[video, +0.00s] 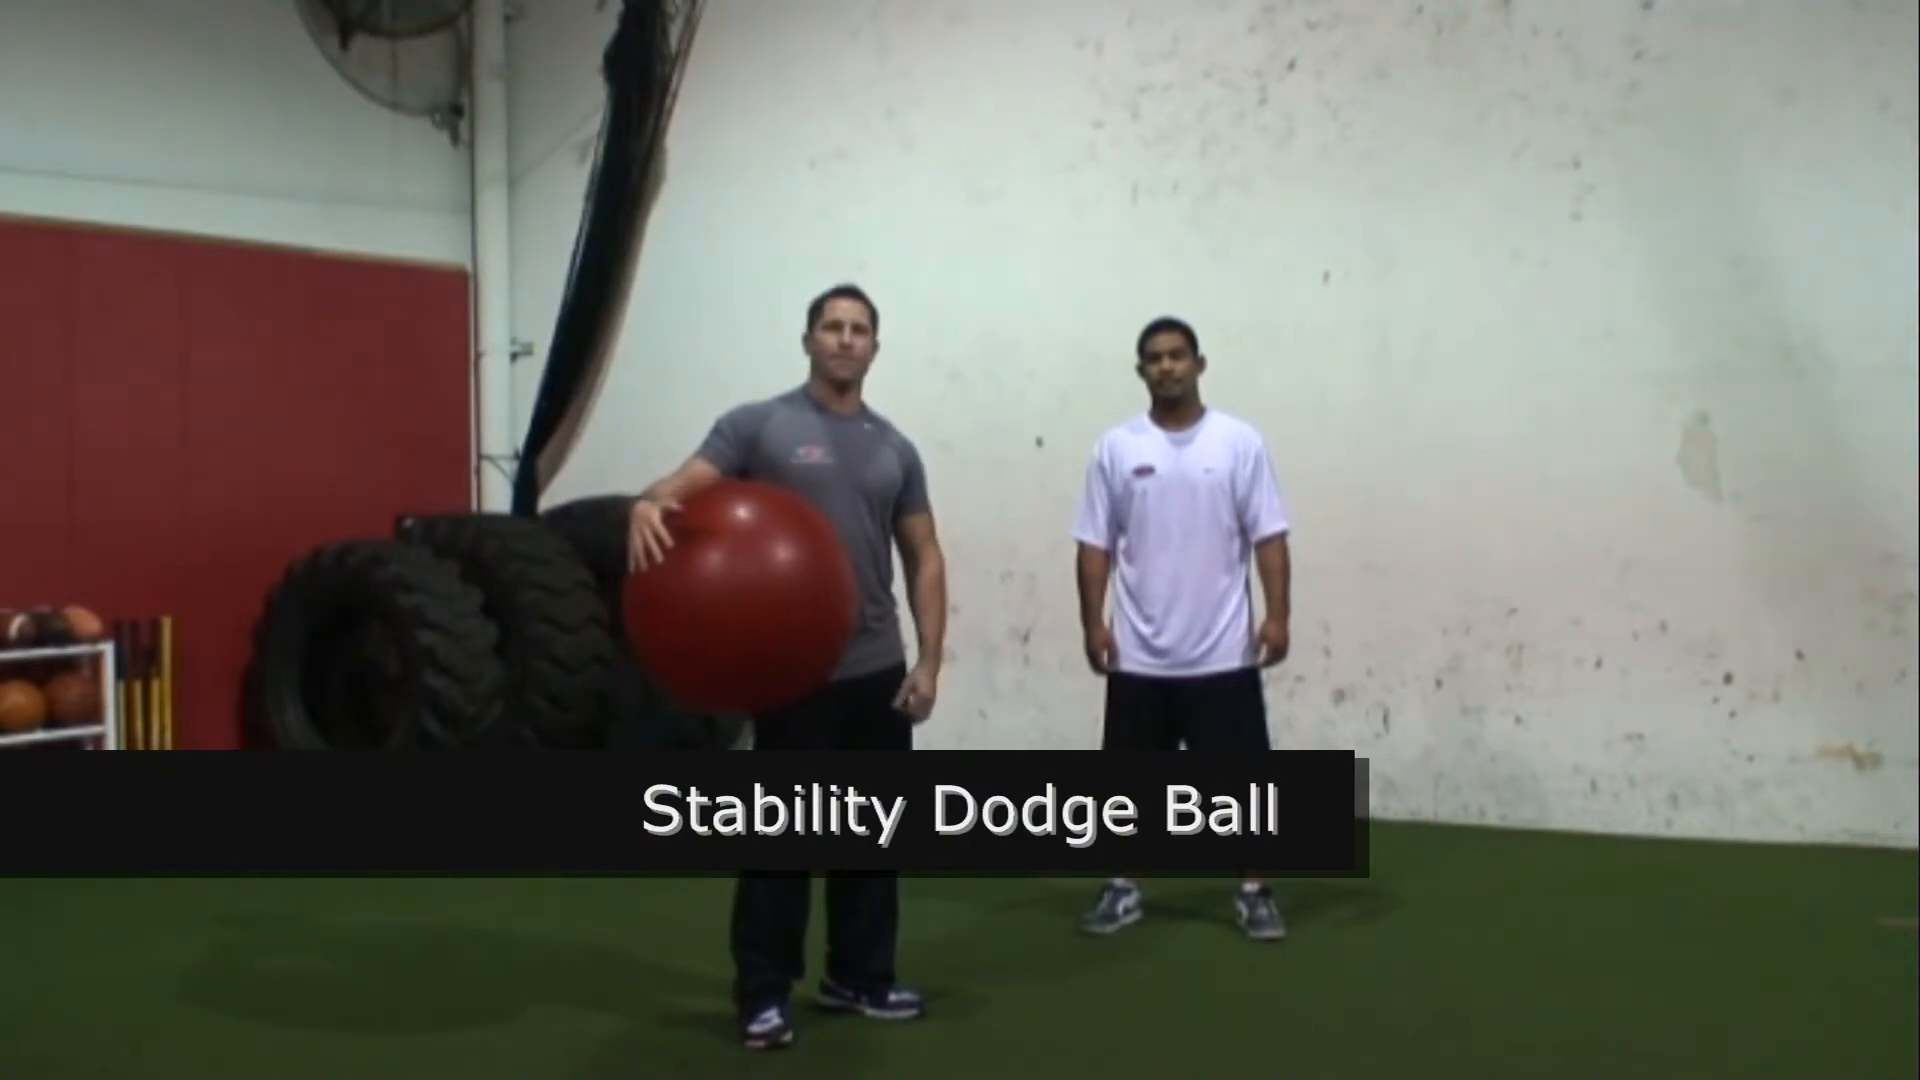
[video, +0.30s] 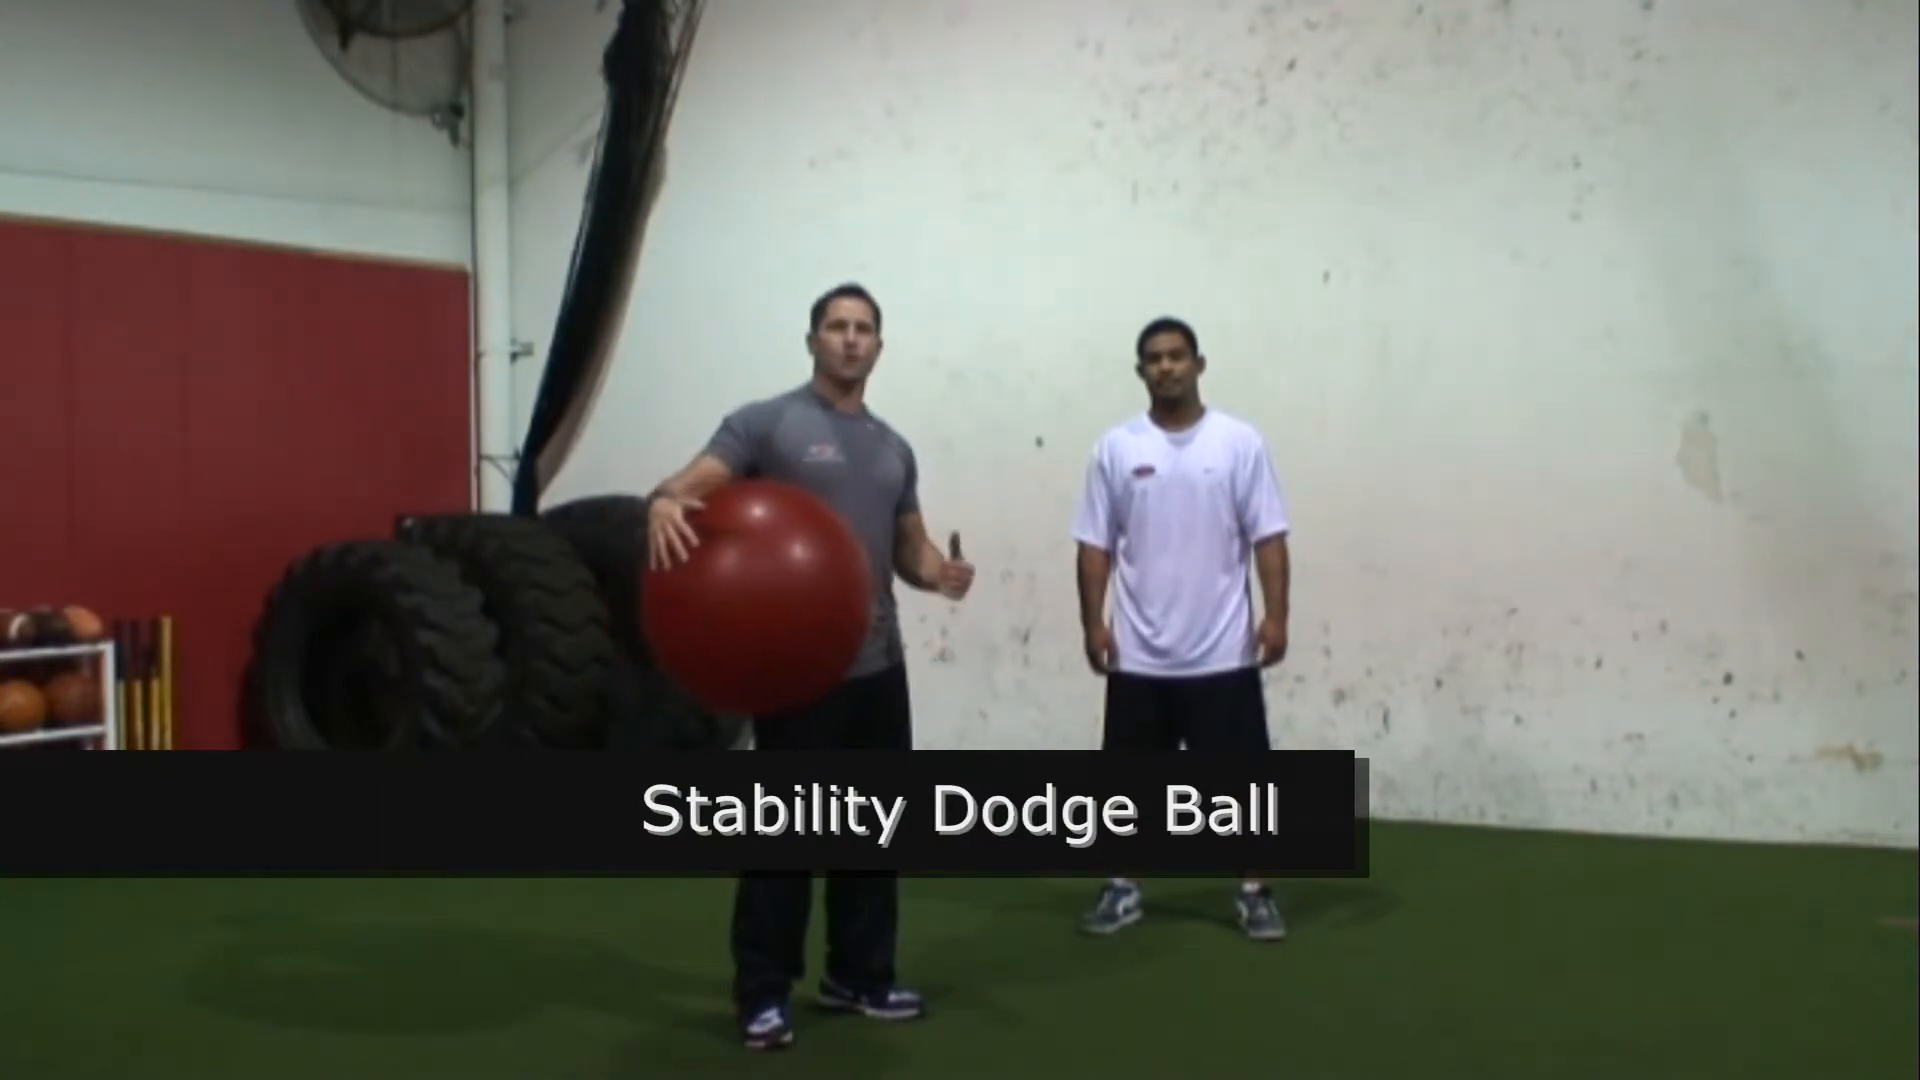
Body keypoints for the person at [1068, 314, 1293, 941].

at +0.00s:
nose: (1166, 366)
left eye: (1177, 356)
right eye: (1155, 358)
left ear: (1199, 364)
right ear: (1141, 371)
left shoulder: (1240, 442)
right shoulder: (1117, 448)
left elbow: (1269, 534)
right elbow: (1094, 541)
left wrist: (1277, 613)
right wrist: (1093, 622)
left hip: (1222, 648)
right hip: (1140, 649)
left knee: (1242, 778)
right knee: (1124, 778)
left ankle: (1253, 887)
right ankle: (1123, 884)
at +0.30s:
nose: (1166, 366)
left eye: (1177, 356)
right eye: (1155, 359)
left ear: (1199, 364)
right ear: (1141, 371)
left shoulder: (1240, 442)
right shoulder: (1117, 448)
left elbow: (1269, 534)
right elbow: (1094, 541)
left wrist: (1275, 613)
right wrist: (1094, 622)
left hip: (1222, 646)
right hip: (1140, 648)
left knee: (1242, 777)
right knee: (1125, 778)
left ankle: (1253, 887)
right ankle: (1123, 884)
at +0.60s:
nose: (1165, 367)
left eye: (1176, 356)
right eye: (1154, 359)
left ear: (1198, 364)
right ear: (1140, 372)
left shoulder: (1240, 442)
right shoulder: (1117, 447)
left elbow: (1270, 534)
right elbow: (1094, 541)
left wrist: (1278, 613)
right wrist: (1092, 622)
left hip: (1222, 646)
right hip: (1140, 648)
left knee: (1241, 781)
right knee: (1124, 780)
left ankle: (1254, 888)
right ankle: (1123, 884)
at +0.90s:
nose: (1165, 367)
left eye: (1175, 356)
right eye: (1153, 359)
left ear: (1198, 364)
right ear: (1140, 372)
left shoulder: (1241, 442)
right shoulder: (1116, 447)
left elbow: (1270, 533)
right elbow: (1092, 540)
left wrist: (1279, 612)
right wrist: (1090, 621)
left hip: (1222, 647)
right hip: (1140, 648)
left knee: (1245, 780)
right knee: (1123, 781)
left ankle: (1254, 889)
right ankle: (1122, 885)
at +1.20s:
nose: (1165, 367)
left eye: (1176, 356)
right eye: (1153, 359)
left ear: (1198, 365)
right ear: (1140, 372)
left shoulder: (1240, 442)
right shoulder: (1117, 447)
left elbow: (1270, 533)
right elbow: (1093, 539)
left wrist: (1278, 612)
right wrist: (1089, 620)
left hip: (1222, 645)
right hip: (1139, 647)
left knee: (1243, 778)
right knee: (1124, 780)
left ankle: (1254, 889)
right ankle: (1123, 884)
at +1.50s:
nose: (1163, 366)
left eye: (1174, 356)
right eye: (1152, 359)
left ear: (1198, 364)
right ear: (1139, 371)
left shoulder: (1240, 442)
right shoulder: (1115, 448)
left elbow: (1269, 533)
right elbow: (1092, 539)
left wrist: (1276, 613)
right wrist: (1090, 620)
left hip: (1221, 645)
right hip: (1138, 646)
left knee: (1242, 777)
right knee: (1123, 778)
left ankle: (1254, 889)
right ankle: (1122, 884)